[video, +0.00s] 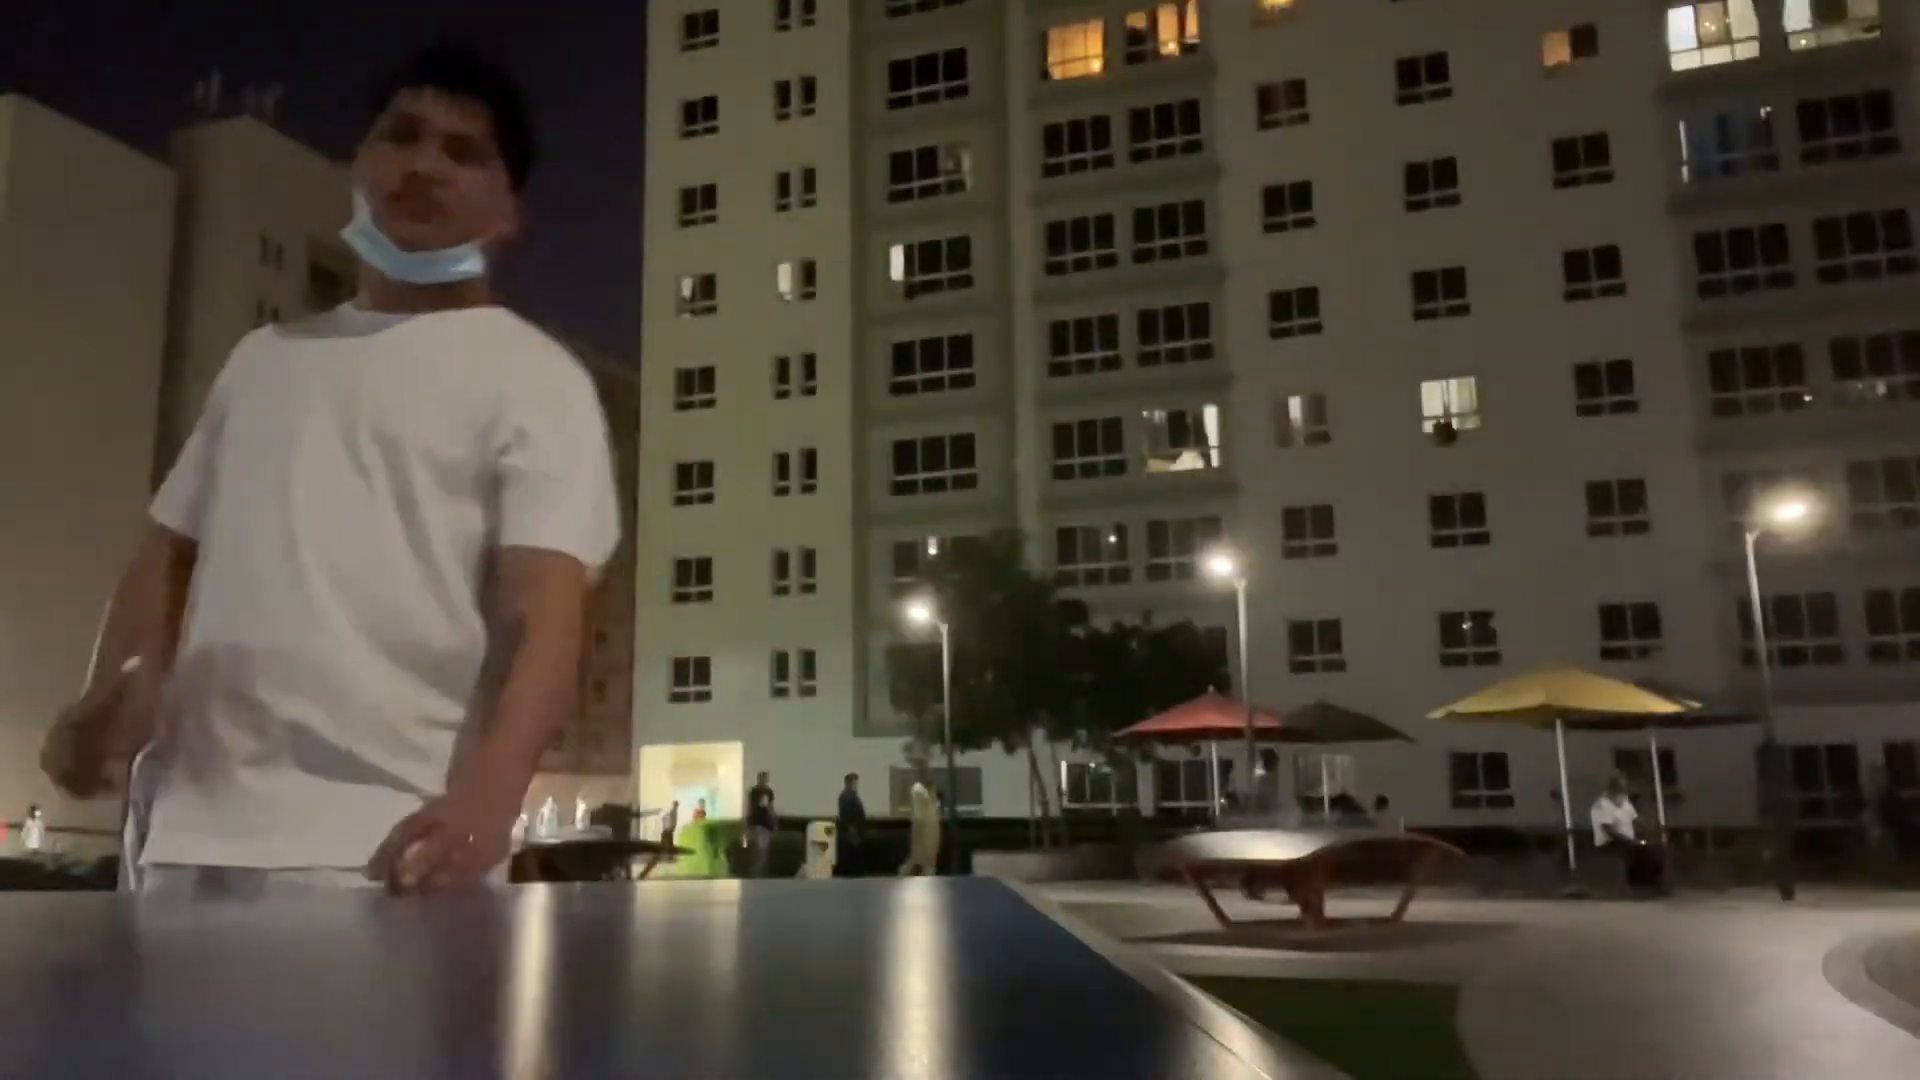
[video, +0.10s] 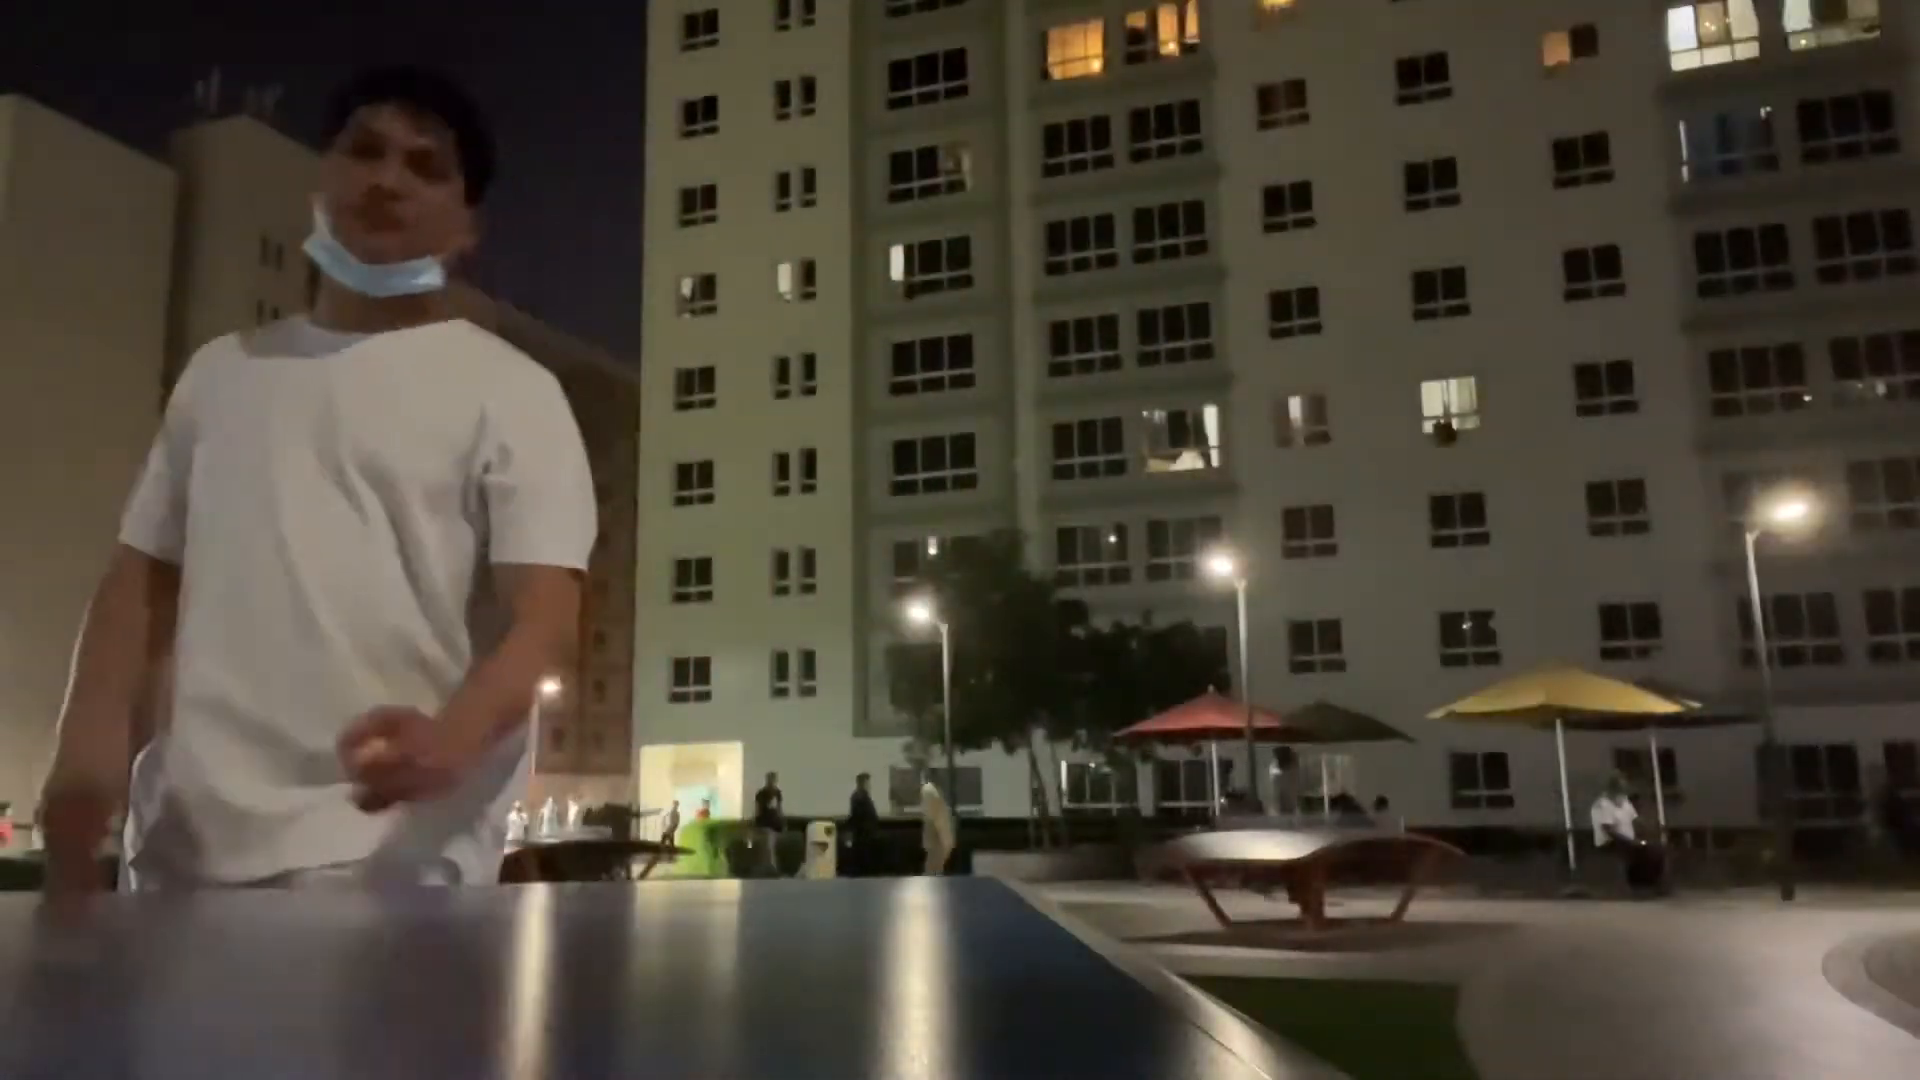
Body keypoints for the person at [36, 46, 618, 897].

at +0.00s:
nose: (424, 166)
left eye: (463, 152)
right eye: (402, 136)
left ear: (507, 213)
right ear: (356, 169)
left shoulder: (531, 377)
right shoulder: (262, 359)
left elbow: (547, 629)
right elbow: (167, 552)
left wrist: (482, 809)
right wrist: (121, 690)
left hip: (383, 861)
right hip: (190, 844)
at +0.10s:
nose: (386, 180)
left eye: (425, 168)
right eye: (364, 150)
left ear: (465, 227)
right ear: (320, 186)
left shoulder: (509, 393)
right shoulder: (221, 374)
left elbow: (545, 623)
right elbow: (140, 579)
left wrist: (455, 740)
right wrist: (87, 775)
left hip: (392, 865)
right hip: (194, 859)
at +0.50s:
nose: (567, 282)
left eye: (593, 263)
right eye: (542, 261)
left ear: (630, 292)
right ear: (505, 287)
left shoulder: (681, 467)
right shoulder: (415, 435)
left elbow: (725, 658)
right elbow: (346, 630)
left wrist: (759, 810)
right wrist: (289, 817)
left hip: (594, 852)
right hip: (416, 847)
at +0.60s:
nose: (631, 294)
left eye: (652, 277)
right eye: (603, 271)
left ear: (671, 305)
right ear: (552, 299)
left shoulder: (700, 481)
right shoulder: (450, 427)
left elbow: (731, 663)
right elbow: (366, 610)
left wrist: (765, 816)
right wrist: (315, 785)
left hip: (608, 848)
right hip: (438, 842)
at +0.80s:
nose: (617, 293)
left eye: (641, 277)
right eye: (592, 270)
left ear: (667, 308)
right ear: (546, 297)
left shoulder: (699, 485)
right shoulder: (452, 424)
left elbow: (718, 657)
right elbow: (374, 585)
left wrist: (710, 772)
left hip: (608, 863)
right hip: (438, 848)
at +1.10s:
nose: (526, 233)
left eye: (553, 214)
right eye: (495, 208)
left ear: (589, 253)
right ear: (451, 243)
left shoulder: (653, 430)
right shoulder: (355, 401)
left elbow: (696, 620)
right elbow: (253, 576)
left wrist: (637, 735)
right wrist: (380, 709)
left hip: (587, 846)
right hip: (392, 844)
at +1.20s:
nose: (573, 217)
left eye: (602, 194)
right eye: (544, 192)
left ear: (646, 228)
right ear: (502, 225)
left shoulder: (711, 423)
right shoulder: (407, 398)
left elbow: (751, 629)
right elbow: (318, 585)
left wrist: (646, 765)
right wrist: (382, 734)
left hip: (622, 864)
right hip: (420, 857)